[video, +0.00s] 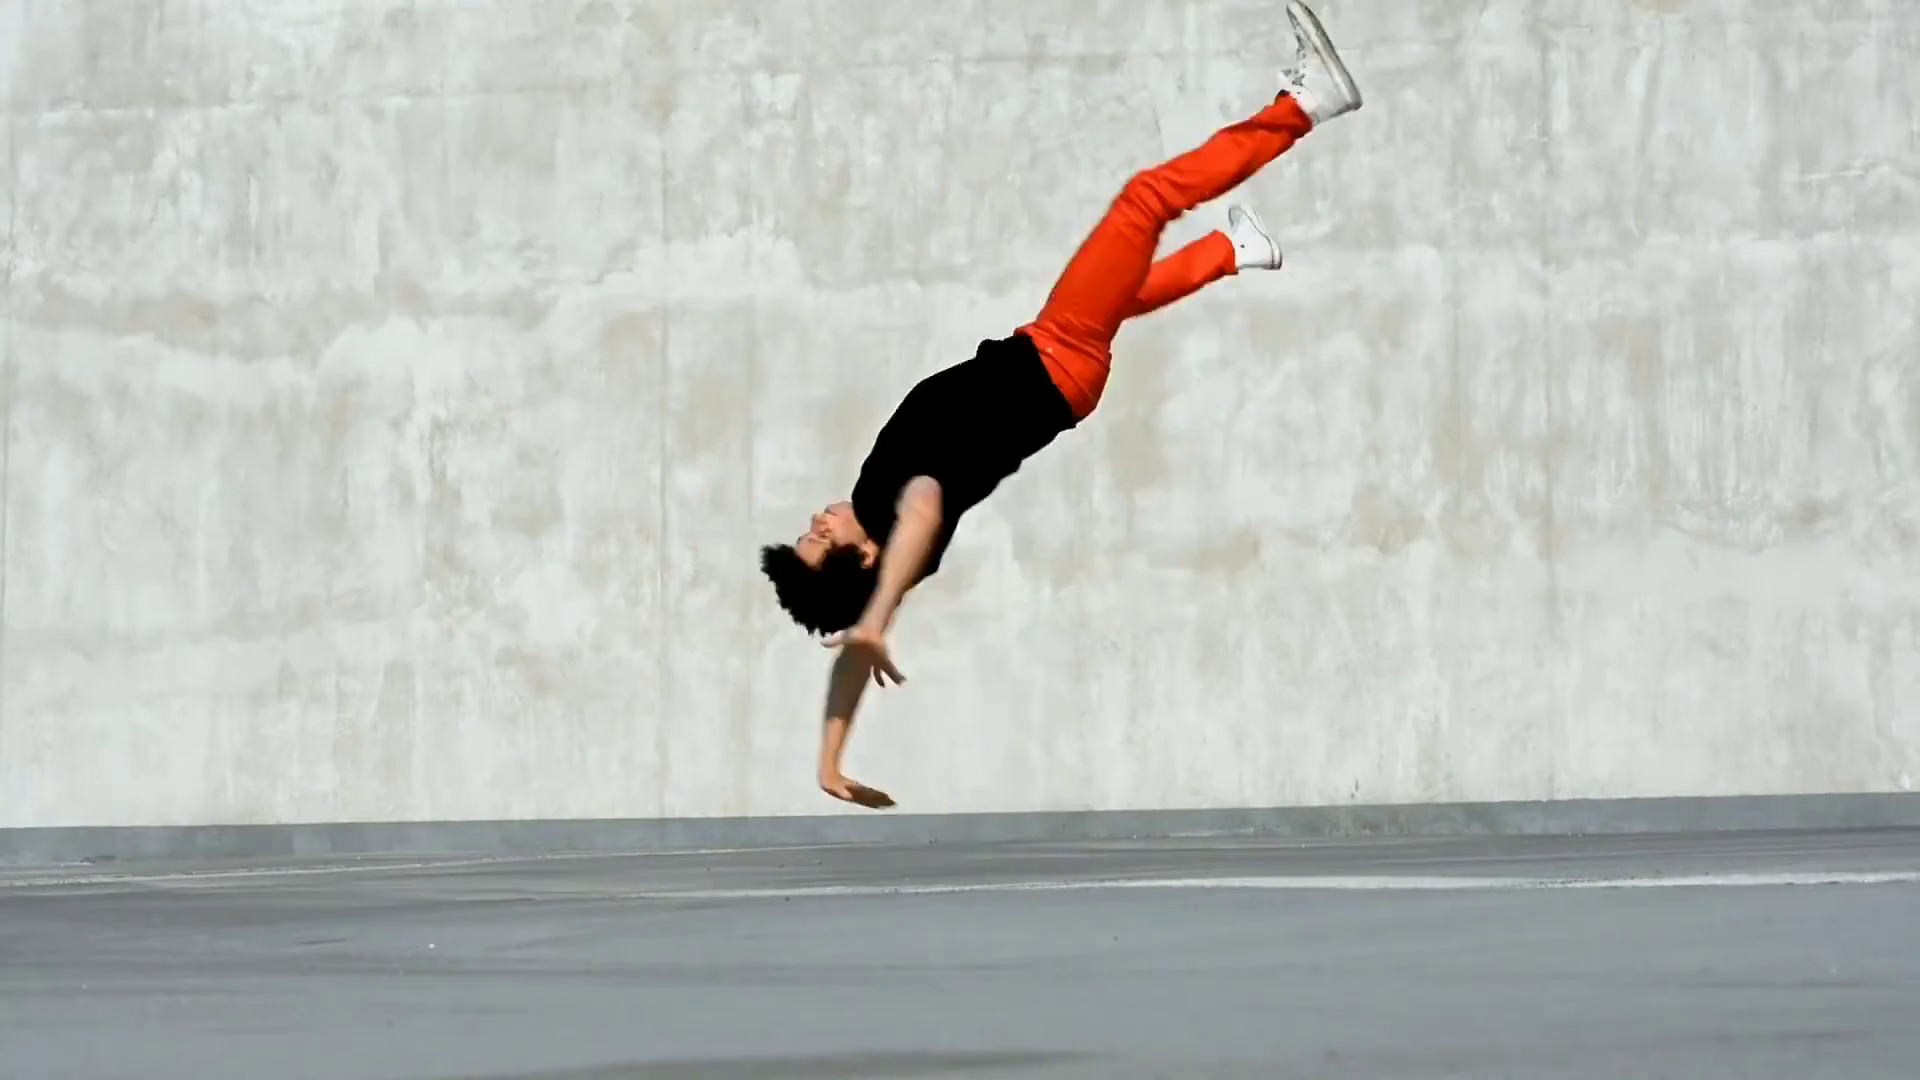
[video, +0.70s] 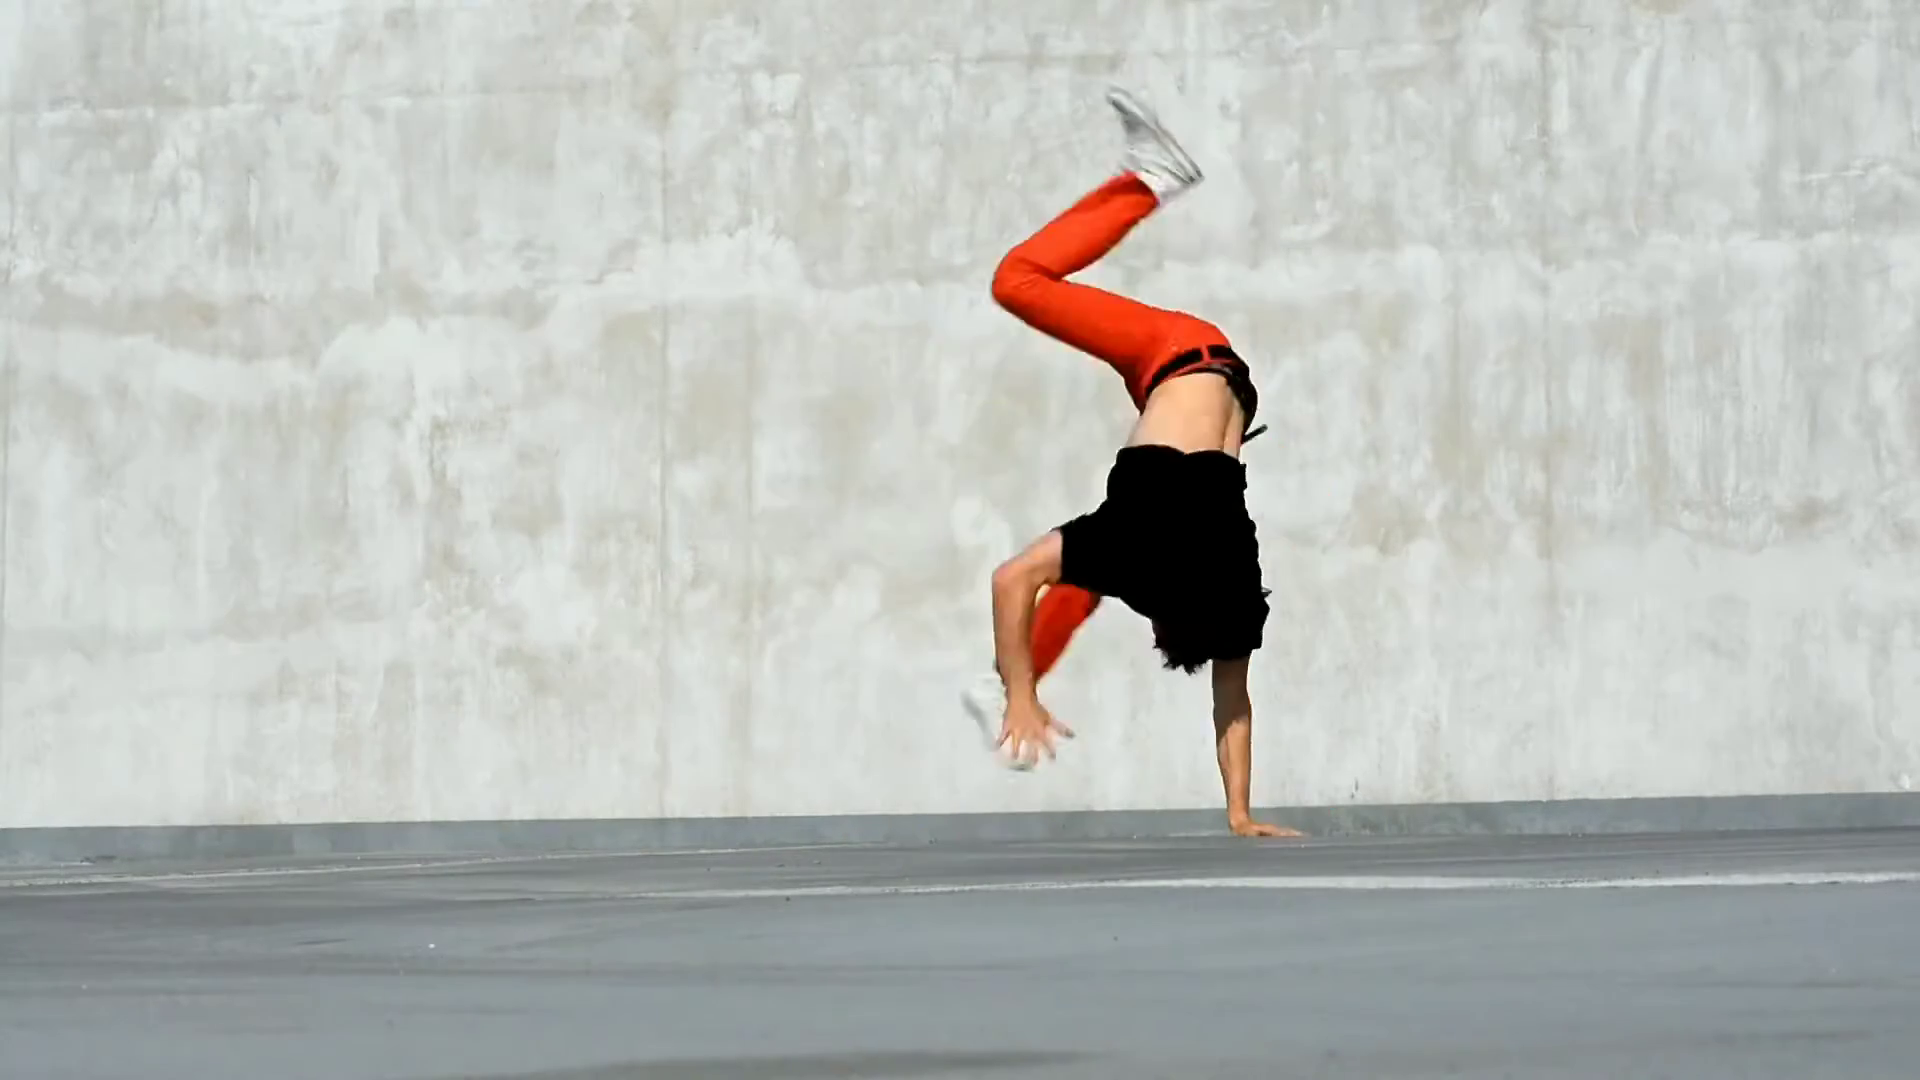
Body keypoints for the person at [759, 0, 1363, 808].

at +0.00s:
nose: (820, 514)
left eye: (810, 527)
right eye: (826, 533)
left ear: (830, 547)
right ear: (855, 559)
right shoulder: (911, 499)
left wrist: (830, 763)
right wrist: (874, 626)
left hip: (1037, 365)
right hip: (1064, 366)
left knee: (1112, 294)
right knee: (1147, 196)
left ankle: (1229, 248)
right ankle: (1303, 104)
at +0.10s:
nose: (925, 541)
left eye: (907, 541)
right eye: (921, 560)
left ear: (891, 524)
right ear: (923, 574)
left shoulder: (875, 469)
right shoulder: (1002, 559)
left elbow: (756, 471)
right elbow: (1021, 680)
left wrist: (657, 530)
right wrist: (1012, 798)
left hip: (1024, 334)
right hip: (1090, 378)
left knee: (995, 180)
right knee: (1222, 278)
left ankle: (1117, 257)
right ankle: (1360, 158)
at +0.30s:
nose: (1043, 640)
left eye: (1037, 631)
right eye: (1030, 644)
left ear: (1032, 601)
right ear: (1008, 621)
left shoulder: (1077, 545)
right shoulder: (987, 602)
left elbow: (1163, 577)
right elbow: (1000, 709)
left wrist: (1248, 648)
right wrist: (1012, 819)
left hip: (1040, 345)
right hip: (1077, 412)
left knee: (1085, 170)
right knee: (1201, 498)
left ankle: (926, 201)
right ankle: (1341, 582)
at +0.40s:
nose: (1051, 672)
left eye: (1060, 664)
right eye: (1037, 671)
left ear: (1079, 645)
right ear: (1029, 642)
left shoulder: (1137, 581)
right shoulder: (1007, 611)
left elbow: (1219, 652)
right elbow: (1006, 711)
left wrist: (1275, 766)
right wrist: (1011, 818)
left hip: (1097, 364)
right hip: (1020, 388)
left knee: (1212, 207)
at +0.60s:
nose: (1153, 658)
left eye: (1162, 654)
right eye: (1144, 654)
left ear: (1177, 636)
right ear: (1136, 643)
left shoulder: (1217, 592)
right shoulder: (1083, 593)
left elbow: (1232, 703)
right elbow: (1037, 693)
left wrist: (1241, 813)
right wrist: (1012, 811)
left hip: (1195, 369)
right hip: (1099, 355)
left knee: (1260, 466)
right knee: (923, 351)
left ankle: (1330, 543)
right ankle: (868, 188)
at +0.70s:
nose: (1182, 651)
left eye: (1192, 651)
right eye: (1179, 646)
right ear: (1162, 627)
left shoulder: (1234, 600)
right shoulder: (1120, 546)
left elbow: (1233, 703)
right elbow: (1011, 579)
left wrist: (1239, 814)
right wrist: (1024, 700)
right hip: (1183, 357)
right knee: (1014, 281)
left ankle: (1016, 681)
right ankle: (1147, 182)